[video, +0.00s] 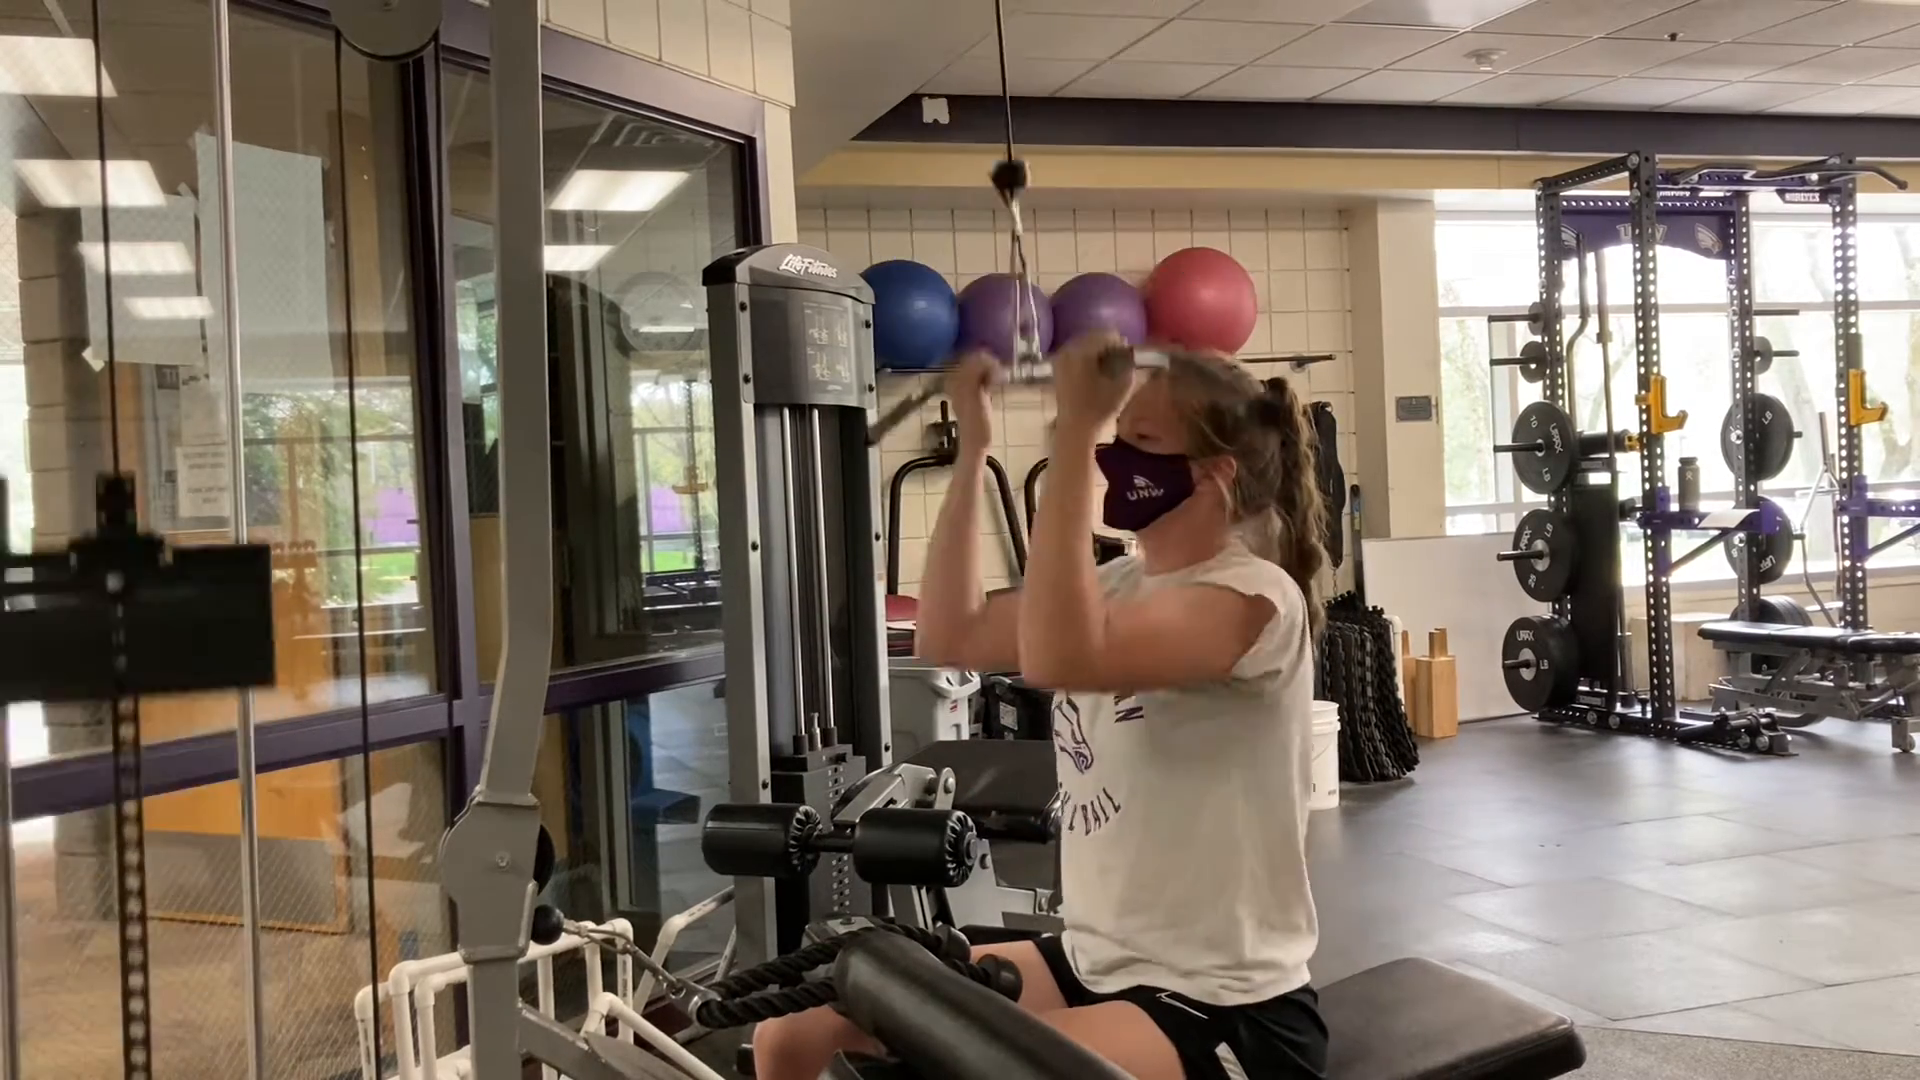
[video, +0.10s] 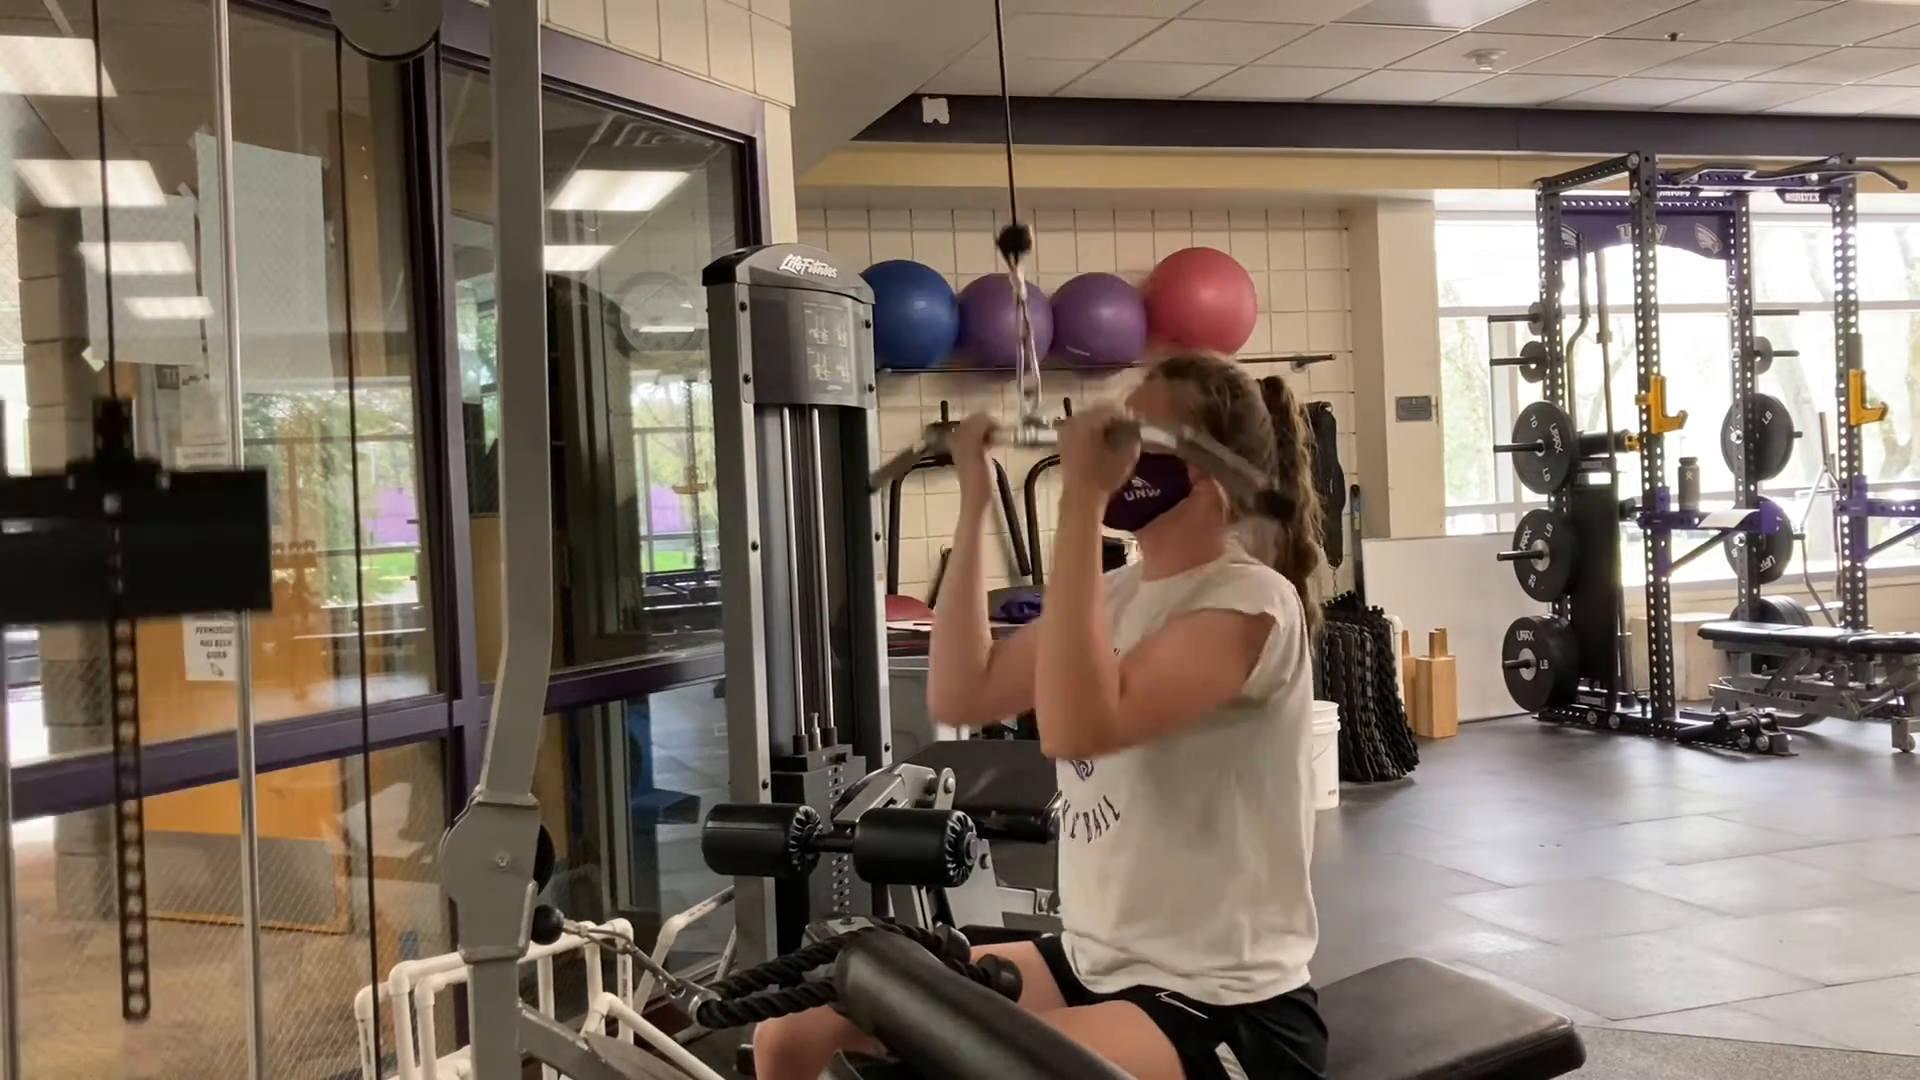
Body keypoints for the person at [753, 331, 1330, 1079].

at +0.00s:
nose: (1110, 460)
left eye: (1142, 445)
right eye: (1112, 440)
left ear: (1217, 476)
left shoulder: (1254, 598)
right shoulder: (1105, 586)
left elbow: (1059, 655)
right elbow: (949, 637)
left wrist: (1075, 431)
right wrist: (970, 455)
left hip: (1225, 1004)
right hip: (1096, 962)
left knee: (949, 1061)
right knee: (791, 1037)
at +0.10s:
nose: (1110, 448)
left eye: (1138, 431)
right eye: (1113, 429)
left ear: (1210, 478)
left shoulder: (1252, 604)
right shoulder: (1109, 597)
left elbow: (1077, 728)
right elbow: (957, 696)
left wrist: (1082, 495)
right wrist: (975, 498)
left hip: (1224, 1002)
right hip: (1094, 962)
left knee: (975, 1064)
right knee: (790, 1041)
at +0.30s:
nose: (1106, 467)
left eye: (1135, 450)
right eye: (1108, 447)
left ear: (1214, 475)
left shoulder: (1239, 617)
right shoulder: (1109, 611)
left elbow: (1128, 831)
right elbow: (999, 778)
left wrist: (1106, 601)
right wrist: (988, 593)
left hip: (1221, 1007)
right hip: (1096, 961)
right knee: (788, 1042)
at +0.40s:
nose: (1104, 464)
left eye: (1133, 447)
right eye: (1109, 444)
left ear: (1212, 475)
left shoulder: (1239, 620)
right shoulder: (1104, 615)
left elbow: (1170, 866)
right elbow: (1027, 817)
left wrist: (1122, 642)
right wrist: (1001, 632)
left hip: (1222, 1007)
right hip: (1095, 960)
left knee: (957, 1066)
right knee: (788, 1043)